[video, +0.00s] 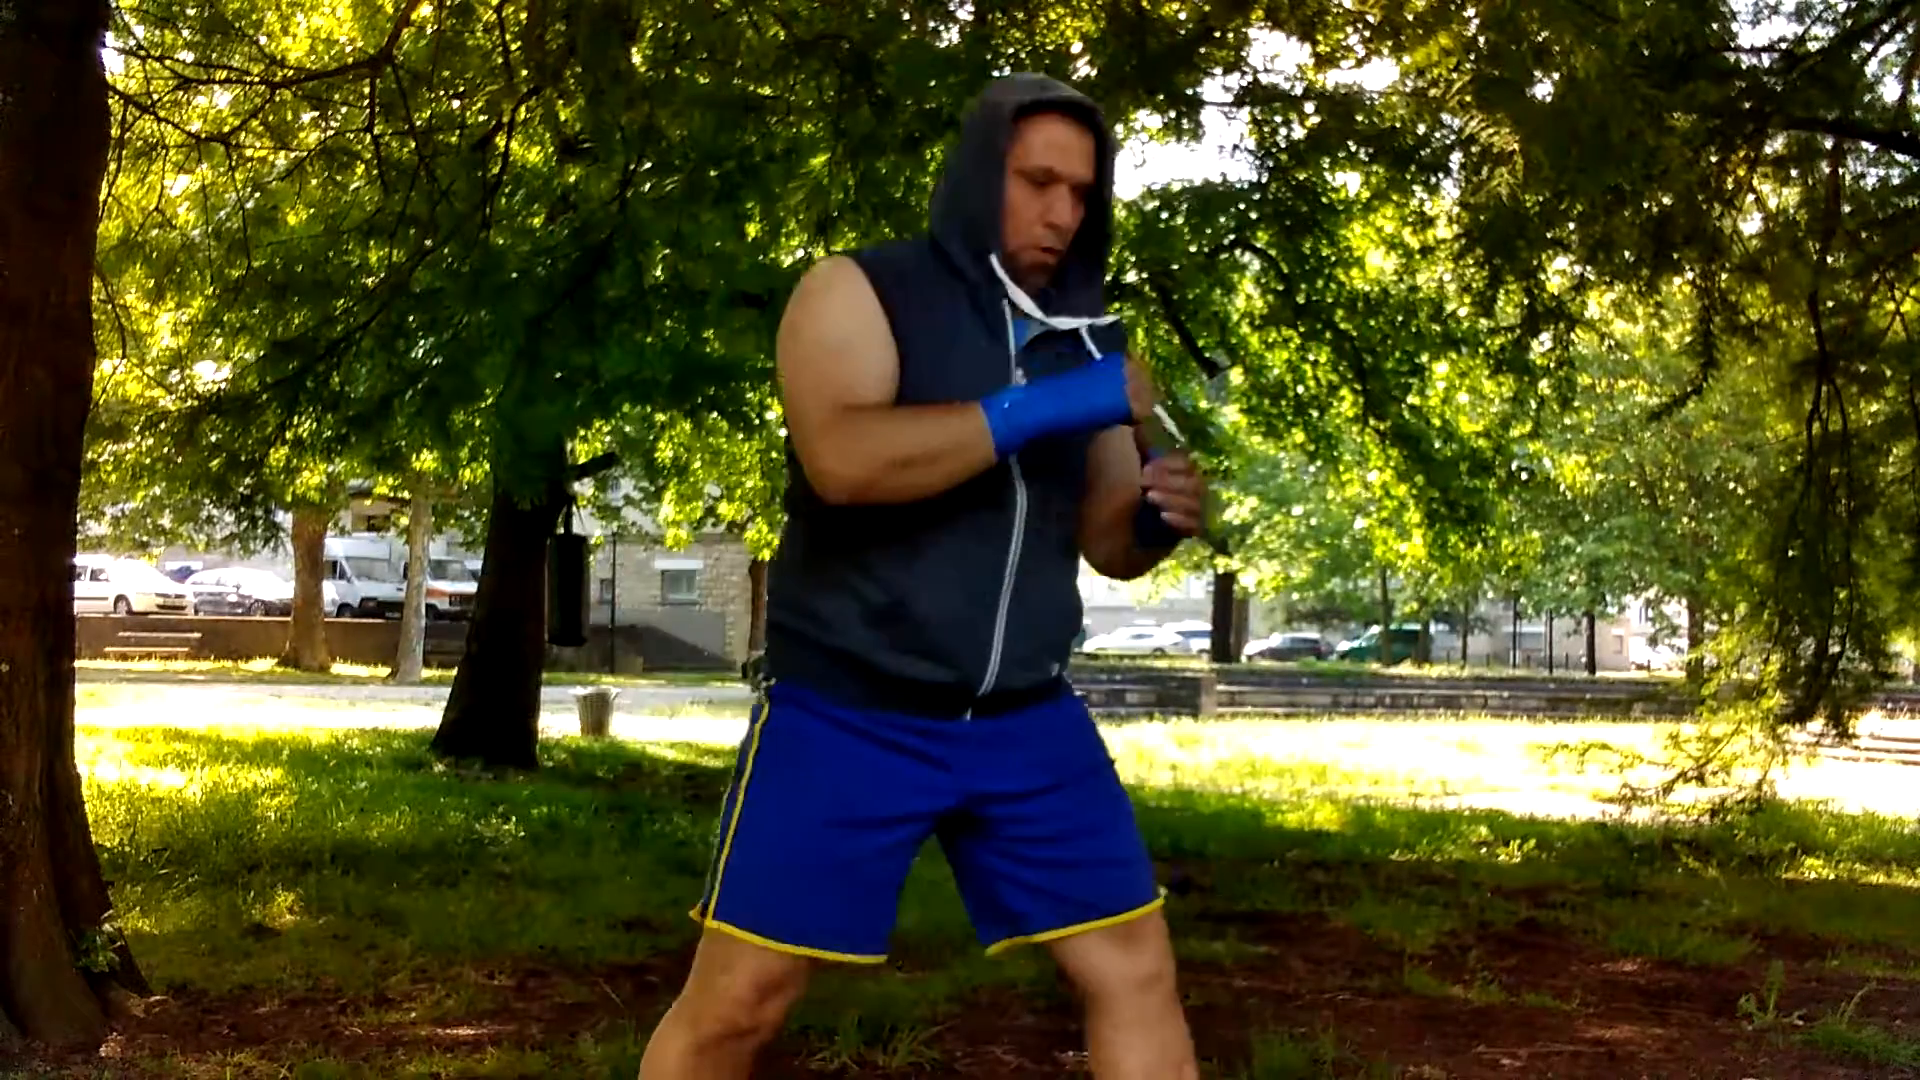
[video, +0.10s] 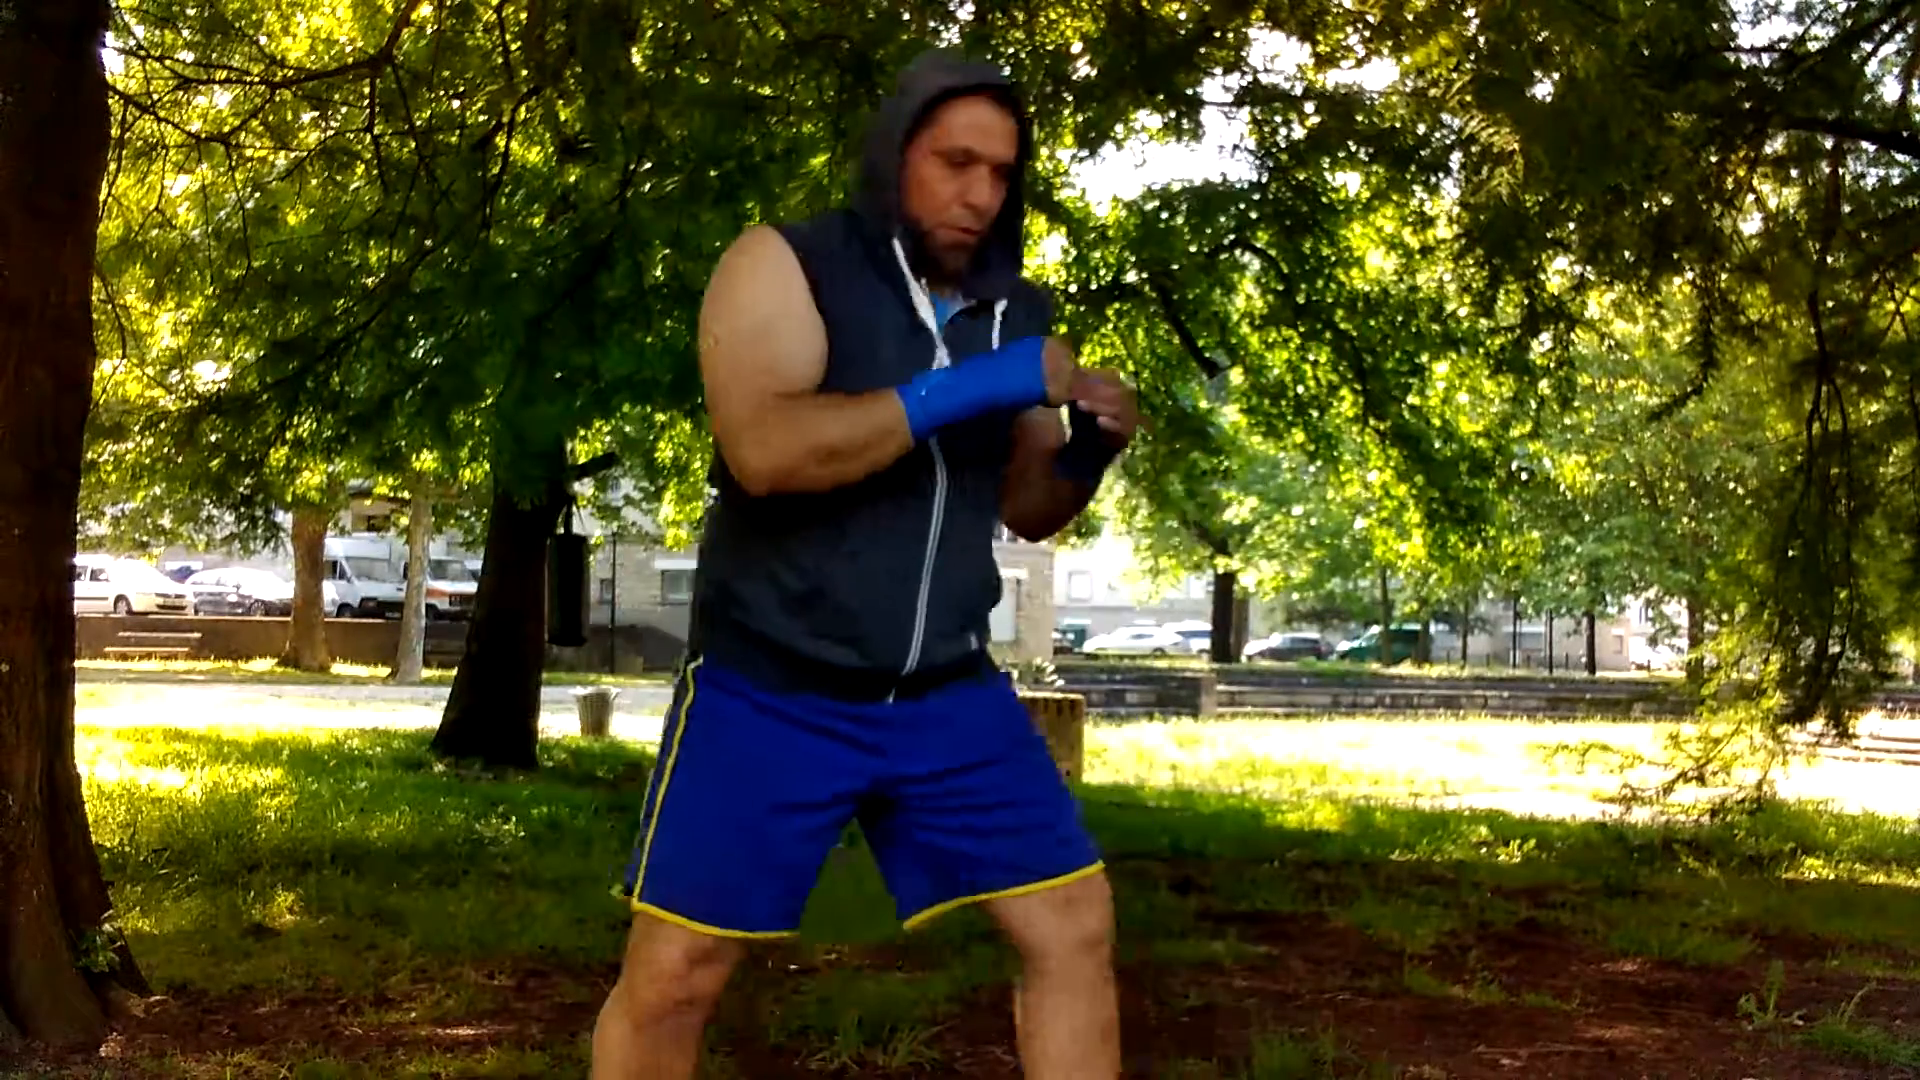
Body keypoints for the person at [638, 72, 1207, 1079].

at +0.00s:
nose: (1065, 214)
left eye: (1082, 192)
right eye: (1042, 183)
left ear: (1095, 203)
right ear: (978, 178)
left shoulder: (1088, 340)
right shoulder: (851, 289)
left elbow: (1108, 542)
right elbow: (842, 460)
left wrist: (1155, 516)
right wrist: (1060, 405)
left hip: (1026, 718)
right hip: (846, 715)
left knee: (1135, 974)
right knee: (737, 1003)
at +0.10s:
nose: (980, 195)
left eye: (1001, 172)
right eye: (955, 162)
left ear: (1016, 182)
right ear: (892, 154)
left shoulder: (1016, 313)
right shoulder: (775, 266)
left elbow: (1027, 510)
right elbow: (764, 450)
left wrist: (1090, 450)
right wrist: (982, 386)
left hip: (950, 694)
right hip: (769, 692)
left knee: (1071, 924)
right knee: (672, 978)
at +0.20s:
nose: (953, 197)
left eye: (975, 173)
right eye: (929, 163)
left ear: (992, 183)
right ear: (868, 154)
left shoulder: (989, 303)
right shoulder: (744, 259)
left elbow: (1043, 497)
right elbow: (723, 456)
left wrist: (1079, 389)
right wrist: (910, 353)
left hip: (909, 678)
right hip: (727, 671)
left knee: (1021, 924)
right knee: (626, 957)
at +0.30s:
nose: (908, 224)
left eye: (931, 201)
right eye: (883, 190)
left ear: (949, 212)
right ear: (826, 183)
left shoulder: (949, 330)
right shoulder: (704, 293)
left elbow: (1042, 518)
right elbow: (708, 486)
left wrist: (1076, 423)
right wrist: (871, 371)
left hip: (870, 719)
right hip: (690, 703)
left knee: (970, 962)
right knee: (571, 974)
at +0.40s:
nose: (834, 244)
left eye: (855, 222)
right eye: (812, 211)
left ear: (873, 230)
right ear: (754, 199)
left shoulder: (862, 359)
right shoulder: (629, 309)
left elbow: (909, 554)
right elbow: (674, 491)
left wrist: (977, 501)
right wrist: (865, 416)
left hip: (804, 726)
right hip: (618, 727)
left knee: (924, 957)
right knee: (500, 1016)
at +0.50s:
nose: (760, 238)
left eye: (784, 216)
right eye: (739, 204)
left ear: (801, 226)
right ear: (680, 190)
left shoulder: (778, 341)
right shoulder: (554, 300)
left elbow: (796, 532)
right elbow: (615, 472)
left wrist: (873, 493)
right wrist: (793, 363)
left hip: (752, 710)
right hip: (561, 714)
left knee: (887, 933)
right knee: (477, 999)